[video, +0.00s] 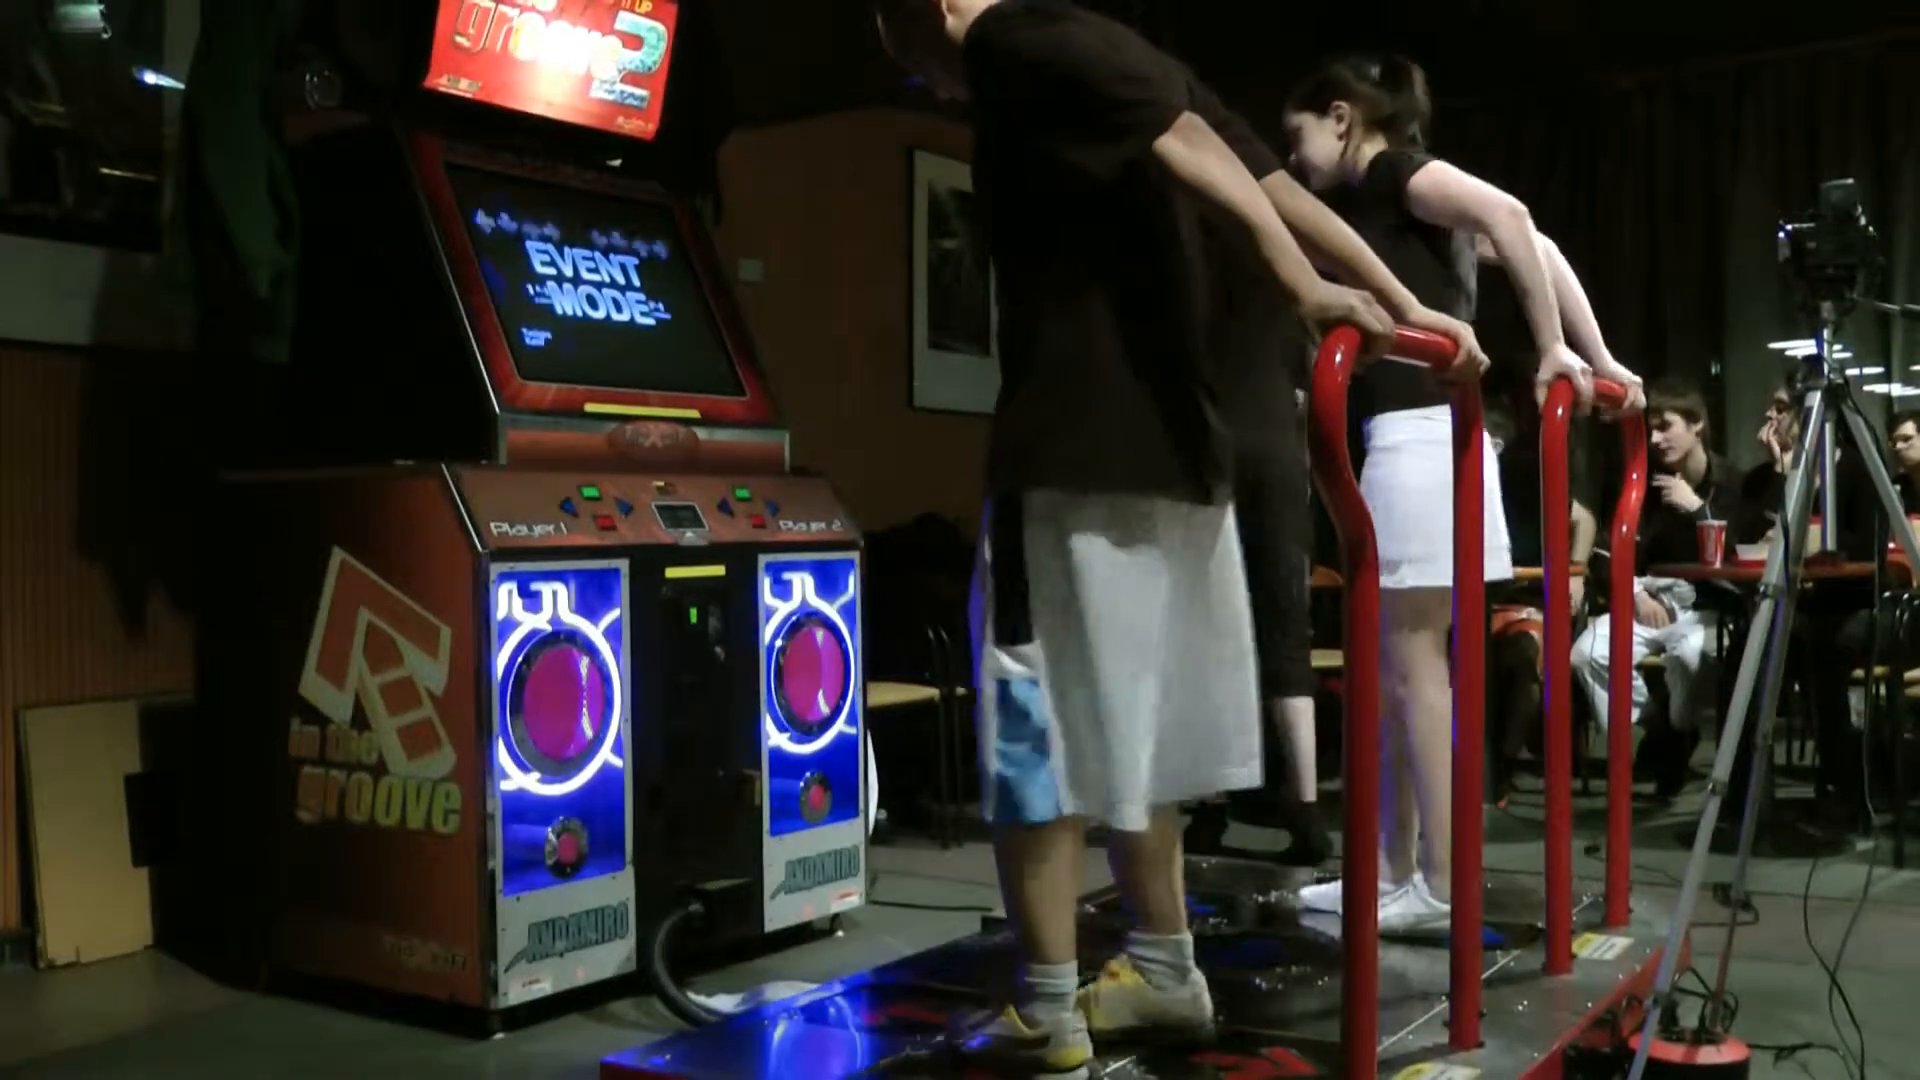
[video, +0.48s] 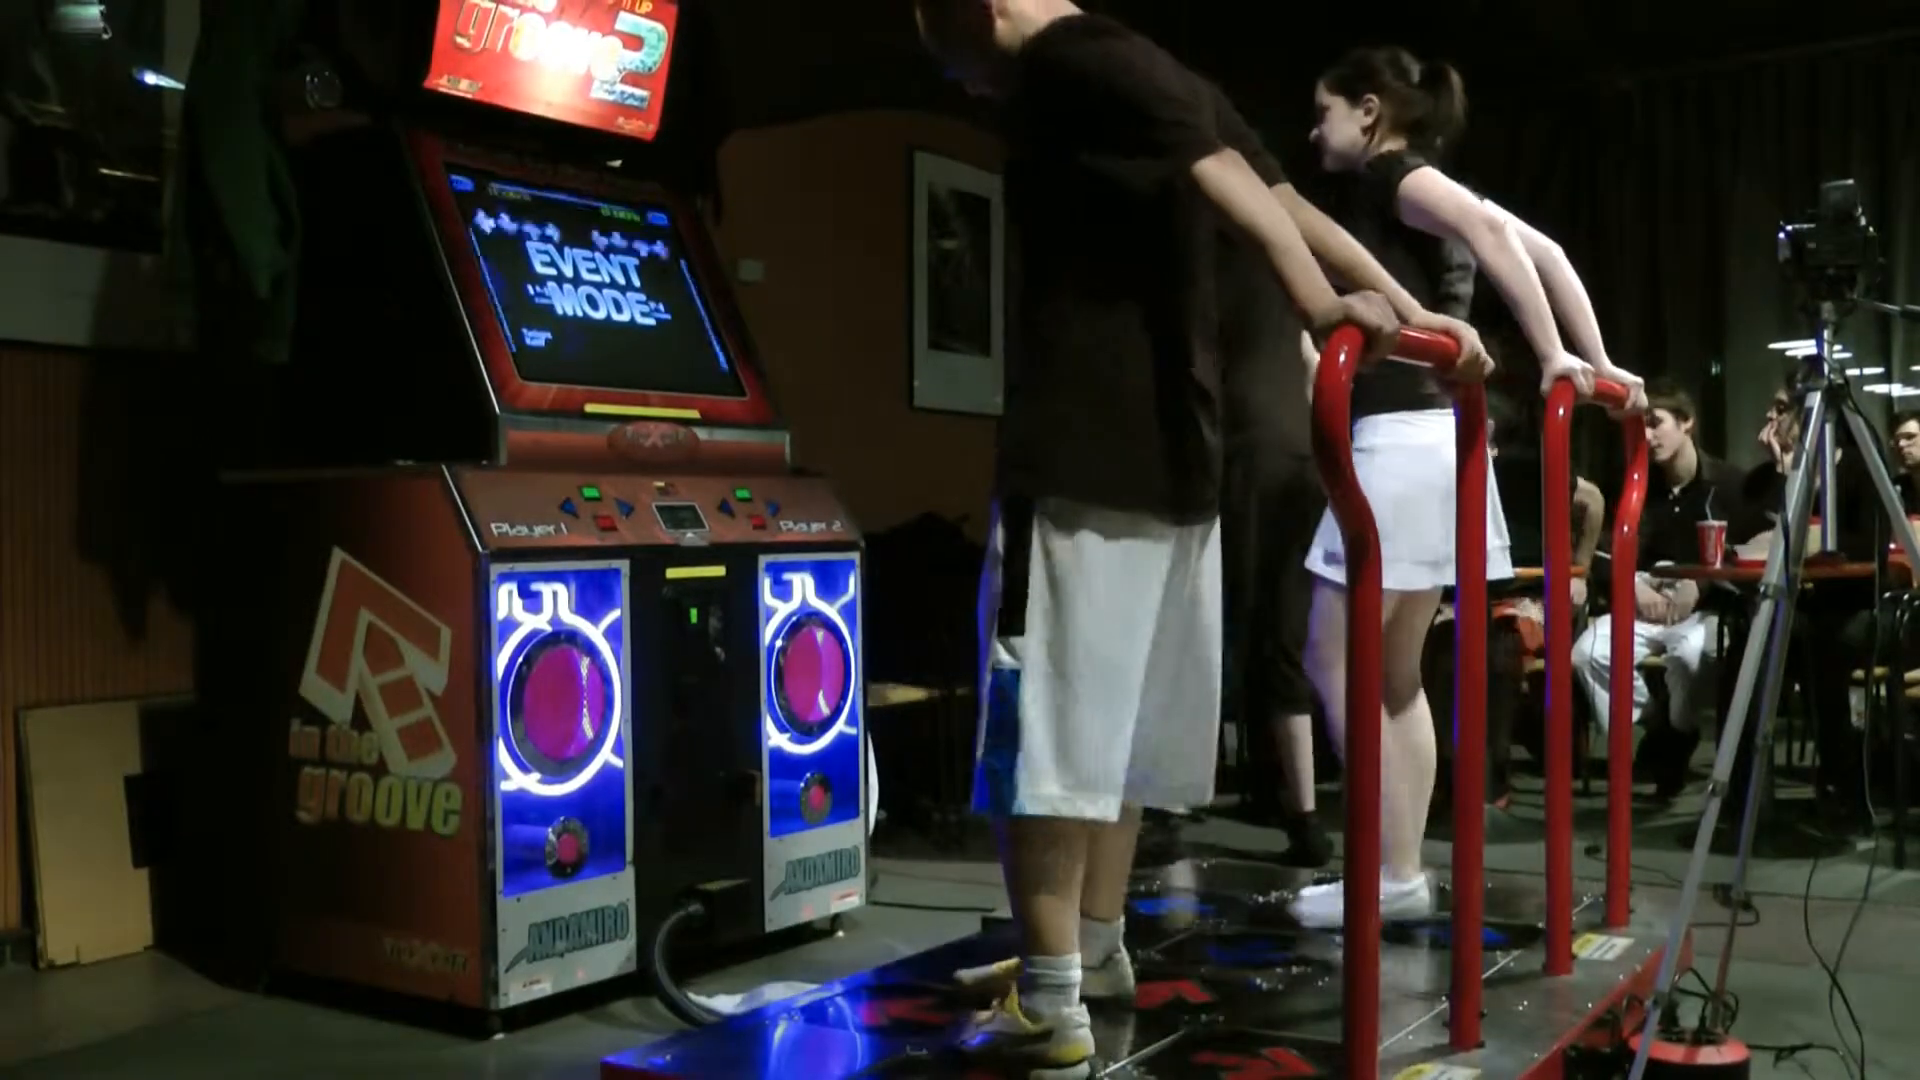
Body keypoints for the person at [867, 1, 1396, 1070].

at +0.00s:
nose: (921, 80)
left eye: (911, 54)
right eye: (911, 64)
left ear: (934, 16)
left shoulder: (1006, 40)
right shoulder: (1136, 58)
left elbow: (1204, 159)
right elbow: (1277, 187)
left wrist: (1303, 285)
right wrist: (1398, 297)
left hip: (1072, 440)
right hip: (1175, 443)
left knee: (1035, 721)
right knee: (1136, 704)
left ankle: (1052, 1010)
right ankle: (1168, 969)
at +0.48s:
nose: (965, 71)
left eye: (954, 46)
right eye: (955, 54)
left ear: (985, 11)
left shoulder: (1059, 61)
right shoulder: (1157, 69)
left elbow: (1240, 194)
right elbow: (1275, 195)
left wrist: (1327, 305)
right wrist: (1391, 290)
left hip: (1083, 460)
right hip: (1168, 460)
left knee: (1054, 723)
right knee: (1122, 717)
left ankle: (1053, 1002)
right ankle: (1101, 954)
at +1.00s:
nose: (990, 28)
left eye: (994, 12)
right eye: (987, 19)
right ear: (1034, 16)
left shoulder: (1129, 46)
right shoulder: (1076, 94)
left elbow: (1259, 166)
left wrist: (1328, 303)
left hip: (1137, 457)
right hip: (1085, 458)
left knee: (1131, 726)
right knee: (1085, 721)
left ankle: (1156, 995)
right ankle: (1086, 947)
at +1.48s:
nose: (972, 25)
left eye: (978, 11)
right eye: (969, 18)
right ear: (1026, 15)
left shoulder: (1125, 61)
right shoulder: (1039, 112)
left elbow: (1247, 176)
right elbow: (970, 314)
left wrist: (1324, 302)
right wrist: (853, 425)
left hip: (1114, 468)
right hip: (1053, 466)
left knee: (1120, 739)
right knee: (1073, 730)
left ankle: (1157, 992)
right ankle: (1088, 944)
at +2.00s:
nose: (946, 44)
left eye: (944, 21)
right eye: (940, 30)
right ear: (996, 13)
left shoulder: (1104, 62)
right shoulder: (1053, 92)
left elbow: (1226, 182)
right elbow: (1185, 292)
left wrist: (1317, 298)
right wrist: (1235, 427)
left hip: (1106, 470)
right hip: (1052, 468)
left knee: (1117, 743)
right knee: (1064, 728)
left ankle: (1158, 997)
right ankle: (1080, 944)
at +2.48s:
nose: (970, 18)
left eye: (976, 7)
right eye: (972, 14)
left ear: (1012, 1)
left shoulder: (1092, 75)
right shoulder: (1046, 98)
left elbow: (1202, 202)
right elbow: (1109, 301)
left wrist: (1306, 317)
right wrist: (1147, 464)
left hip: (1078, 476)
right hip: (1035, 474)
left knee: (1105, 739)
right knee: (1056, 730)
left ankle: (1156, 993)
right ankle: (1086, 941)